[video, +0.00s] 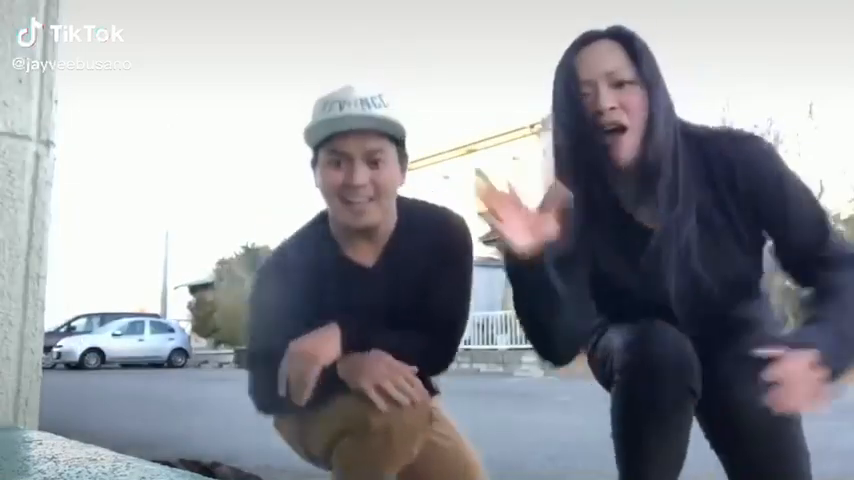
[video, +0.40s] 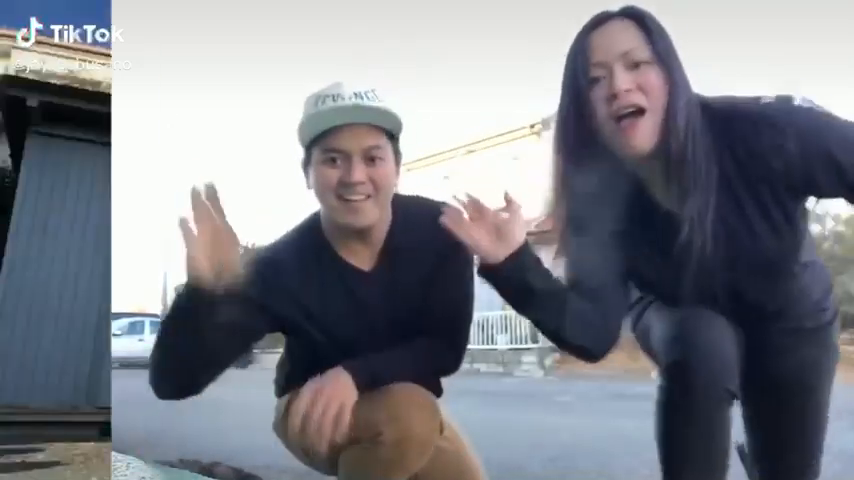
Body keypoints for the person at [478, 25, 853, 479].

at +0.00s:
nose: (604, 104)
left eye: (621, 85)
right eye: (586, 91)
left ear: (651, 92)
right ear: (569, 109)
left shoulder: (738, 161)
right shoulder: (571, 200)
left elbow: (833, 266)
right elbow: (558, 345)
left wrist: (822, 349)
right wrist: (529, 263)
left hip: (736, 340)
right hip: (635, 341)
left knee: (781, 468)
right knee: (657, 356)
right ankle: (643, 471)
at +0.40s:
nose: (619, 88)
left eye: (636, 65)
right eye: (597, 78)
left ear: (670, 76)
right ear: (583, 104)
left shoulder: (768, 135)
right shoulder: (596, 181)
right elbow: (591, 335)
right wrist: (511, 263)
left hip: (785, 312)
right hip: (678, 312)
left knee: (788, 471)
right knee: (705, 350)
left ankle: (744, 450)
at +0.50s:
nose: (634, 60)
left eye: (652, 33)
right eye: (611, 50)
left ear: (684, 38)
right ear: (594, 74)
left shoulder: (771, 102)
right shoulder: (612, 160)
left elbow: (851, 106)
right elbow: (623, 302)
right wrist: (522, 243)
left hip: (808, 284)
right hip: (701, 291)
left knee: (801, 464)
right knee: (724, 360)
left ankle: (752, 453)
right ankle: (703, 471)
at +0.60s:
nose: (679, 14)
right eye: (653, 7)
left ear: (727, 5)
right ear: (631, 29)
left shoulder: (809, 53)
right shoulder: (639, 117)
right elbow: (690, 247)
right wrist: (591, 174)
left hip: (823, 262)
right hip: (727, 262)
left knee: (835, 454)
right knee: (744, 364)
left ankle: (781, 459)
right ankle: (712, 469)